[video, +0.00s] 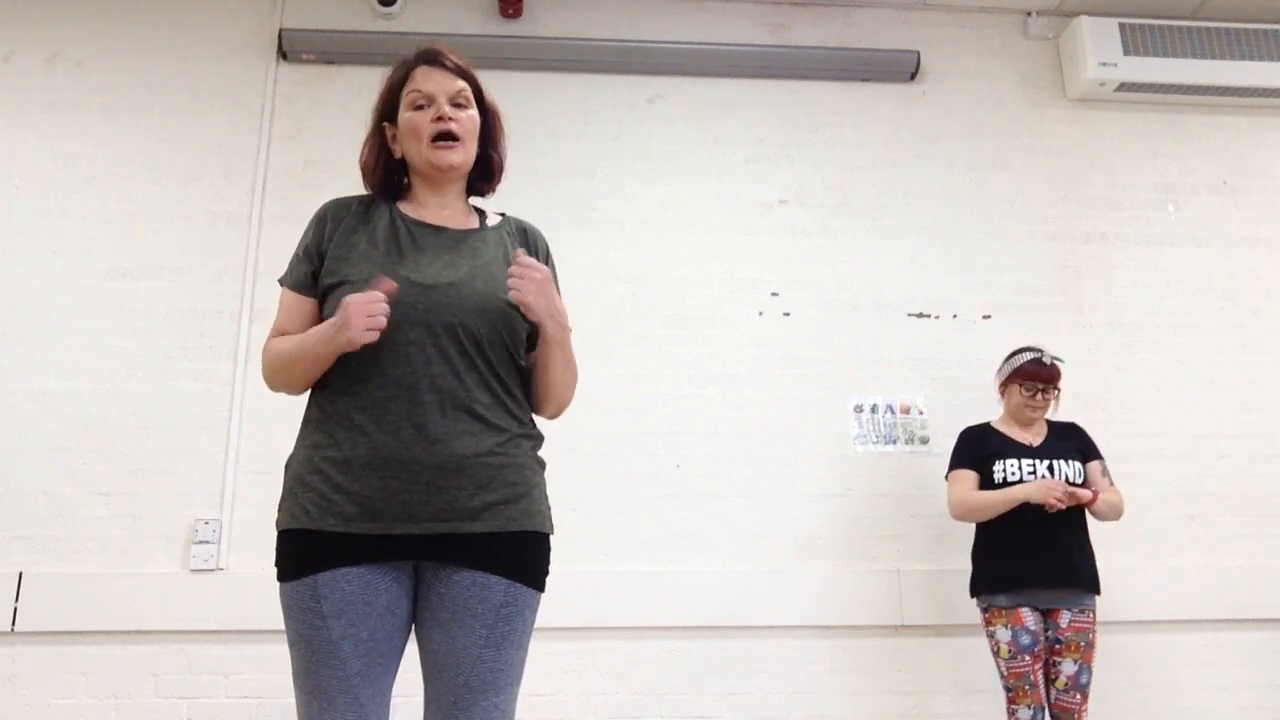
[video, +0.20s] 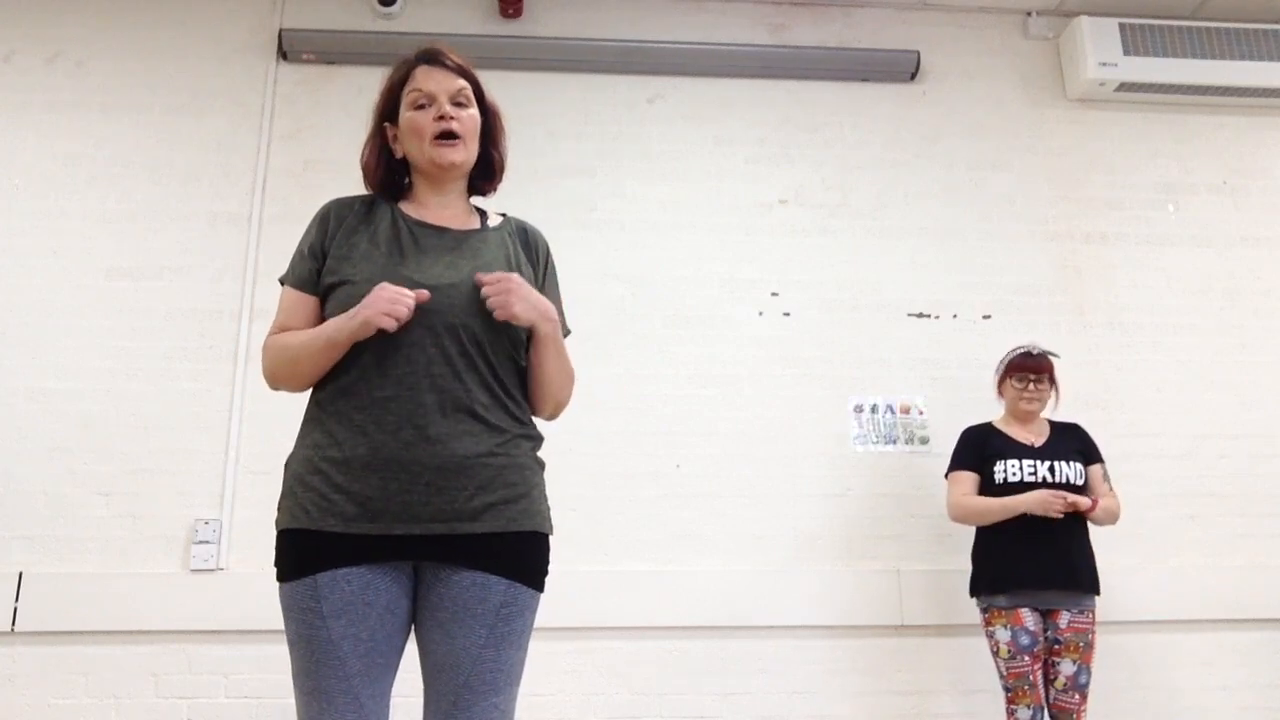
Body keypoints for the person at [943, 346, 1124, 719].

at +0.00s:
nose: (1040, 396)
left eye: (1048, 389)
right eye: (1029, 387)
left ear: (1056, 392)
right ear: (1004, 387)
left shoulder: (1073, 436)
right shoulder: (976, 439)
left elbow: (1114, 507)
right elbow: (960, 506)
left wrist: (1089, 498)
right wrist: (1026, 491)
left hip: (1073, 592)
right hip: (1007, 594)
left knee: (1071, 706)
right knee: (1027, 707)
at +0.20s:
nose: (1031, 388)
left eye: (1041, 380)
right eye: (1020, 380)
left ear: (1051, 387)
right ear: (1002, 386)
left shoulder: (1075, 436)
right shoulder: (978, 439)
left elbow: (1111, 509)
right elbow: (959, 507)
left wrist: (1089, 506)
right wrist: (1027, 502)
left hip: (1073, 592)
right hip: (1007, 593)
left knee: (1070, 707)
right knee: (1026, 708)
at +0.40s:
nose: (1028, 384)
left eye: (1037, 377)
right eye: (1018, 377)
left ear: (1050, 387)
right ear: (1001, 385)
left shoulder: (1076, 436)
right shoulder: (979, 438)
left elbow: (1114, 508)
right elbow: (958, 507)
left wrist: (1090, 506)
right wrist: (1027, 506)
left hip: (1072, 593)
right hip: (1005, 594)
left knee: (1069, 707)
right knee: (1025, 708)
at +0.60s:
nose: (1027, 384)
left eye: (1036, 377)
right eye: (1017, 377)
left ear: (1050, 387)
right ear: (1000, 386)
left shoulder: (1077, 436)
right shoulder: (978, 439)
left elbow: (1115, 507)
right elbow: (956, 508)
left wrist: (1087, 506)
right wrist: (1025, 506)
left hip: (1072, 593)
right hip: (1005, 595)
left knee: (1069, 707)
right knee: (1025, 708)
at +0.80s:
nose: (1025, 384)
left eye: (1034, 377)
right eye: (1015, 377)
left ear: (1048, 387)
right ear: (999, 386)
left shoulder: (1076, 436)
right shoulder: (977, 440)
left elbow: (1115, 507)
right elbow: (956, 509)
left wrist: (1086, 506)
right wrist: (1023, 508)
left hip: (1072, 593)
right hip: (1004, 595)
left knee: (1069, 708)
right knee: (1023, 708)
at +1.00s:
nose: (1025, 384)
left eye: (1034, 377)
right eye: (1015, 377)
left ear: (1048, 387)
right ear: (999, 386)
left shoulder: (1076, 436)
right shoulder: (977, 441)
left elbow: (1115, 508)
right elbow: (956, 511)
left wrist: (1085, 506)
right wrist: (1021, 510)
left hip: (1072, 594)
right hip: (1004, 596)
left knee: (1069, 707)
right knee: (1023, 708)